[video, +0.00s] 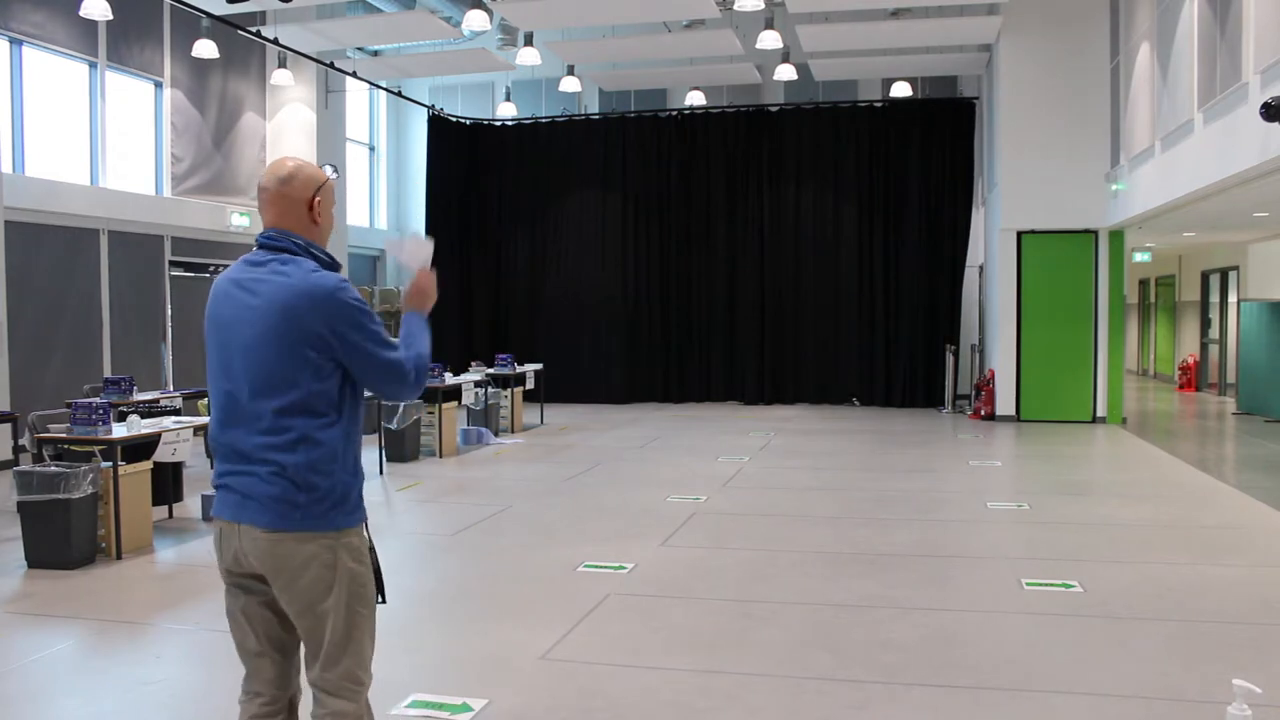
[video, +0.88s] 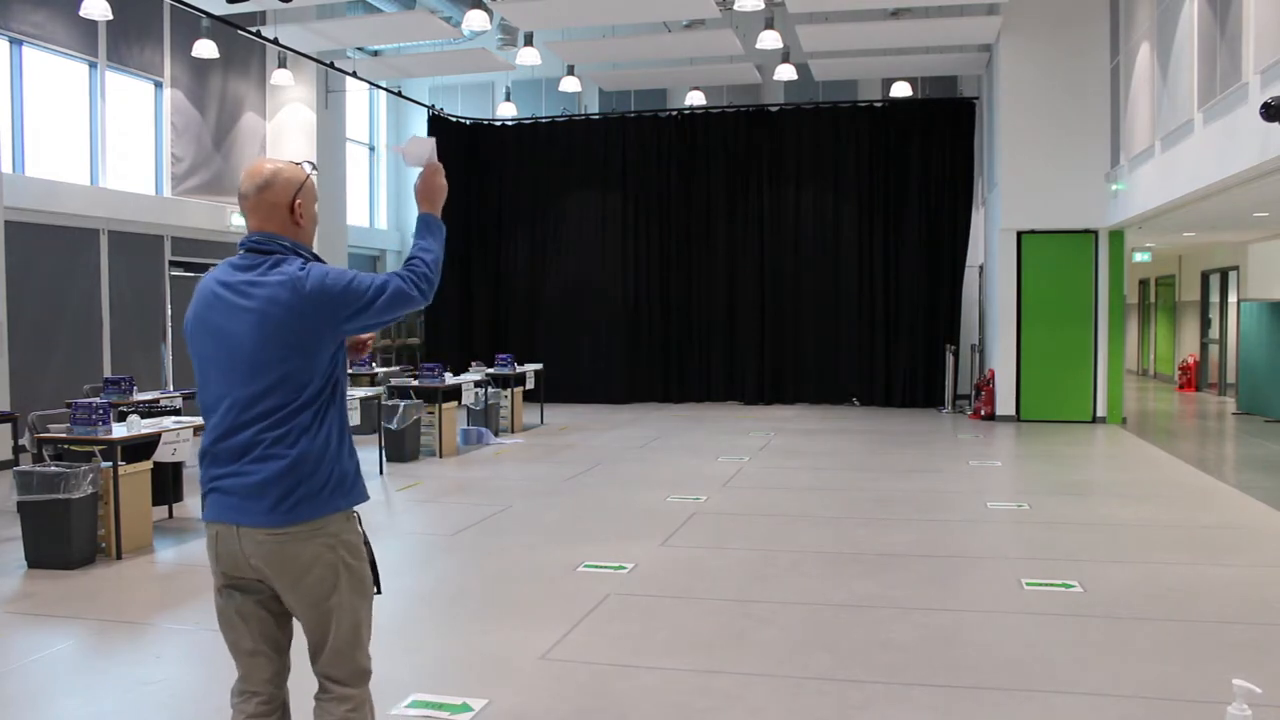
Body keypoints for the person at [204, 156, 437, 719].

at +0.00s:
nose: (333, 215)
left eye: (331, 204)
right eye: (331, 204)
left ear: (263, 210)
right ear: (317, 207)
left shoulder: (225, 287)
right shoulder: (324, 294)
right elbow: (404, 378)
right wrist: (417, 310)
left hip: (234, 525)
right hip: (312, 533)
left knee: (264, 691)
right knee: (341, 692)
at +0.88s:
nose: (316, 214)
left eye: (315, 202)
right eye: (314, 203)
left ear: (247, 213)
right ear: (299, 208)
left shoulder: (205, 293)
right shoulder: (313, 288)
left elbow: (250, 366)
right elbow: (414, 287)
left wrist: (334, 347)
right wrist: (430, 214)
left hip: (227, 525)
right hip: (309, 526)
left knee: (256, 693)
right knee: (343, 687)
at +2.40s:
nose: (485, 257)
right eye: (483, 250)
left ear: (435, 270)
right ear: (483, 261)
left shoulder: (416, 324)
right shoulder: (516, 310)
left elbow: (408, 408)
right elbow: (517, 379)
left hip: (441, 481)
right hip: (508, 473)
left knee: (479, 604)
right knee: (491, 616)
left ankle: (502, 709)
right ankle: (460, 716)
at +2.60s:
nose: (490, 259)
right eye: (488, 253)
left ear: (440, 271)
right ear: (488, 261)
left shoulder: (423, 327)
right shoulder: (524, 312)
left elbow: (407, 413)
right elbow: (540, 391)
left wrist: (453, 409)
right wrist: (499, 412)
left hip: (448, 480)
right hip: (515, 472)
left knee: (489, 600)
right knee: (495, 610)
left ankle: (504, 708)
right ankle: (462, 716)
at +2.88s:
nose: (492, 262)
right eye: (490, 256)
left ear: (441, 270)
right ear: (491, 263)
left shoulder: (420, 327)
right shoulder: (523, 313)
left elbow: (403, 415)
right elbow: (545, 404)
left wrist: (450, 408)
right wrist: (502, 416)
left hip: (443, 485)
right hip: (509, 480)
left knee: (488, 601)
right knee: (492, 614)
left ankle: (503, 708)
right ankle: (463, 717)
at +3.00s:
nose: (490, 260)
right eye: (488, 253)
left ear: (438, 269)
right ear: (488, 263)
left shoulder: (418, 327)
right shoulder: (521, 312)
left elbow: (401, 416)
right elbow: (543, 402)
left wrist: (448, 409)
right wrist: (499, 415)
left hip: (442, 485)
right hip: (509, 480)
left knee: (488, 600)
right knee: (493, 613)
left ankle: (503, 707)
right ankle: (463, 717)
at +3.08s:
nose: (488, 260)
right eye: (486, 254)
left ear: (437, 268)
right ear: (486, 262)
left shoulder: (416, 327)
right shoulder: (519, 312)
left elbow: (399, 417)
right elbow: (542, 402)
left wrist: (446, 408)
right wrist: (498, 416)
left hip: (442, 485)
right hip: (508, 480)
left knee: (487, 600)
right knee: (493, 611)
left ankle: (503, 707)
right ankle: (463, 717)